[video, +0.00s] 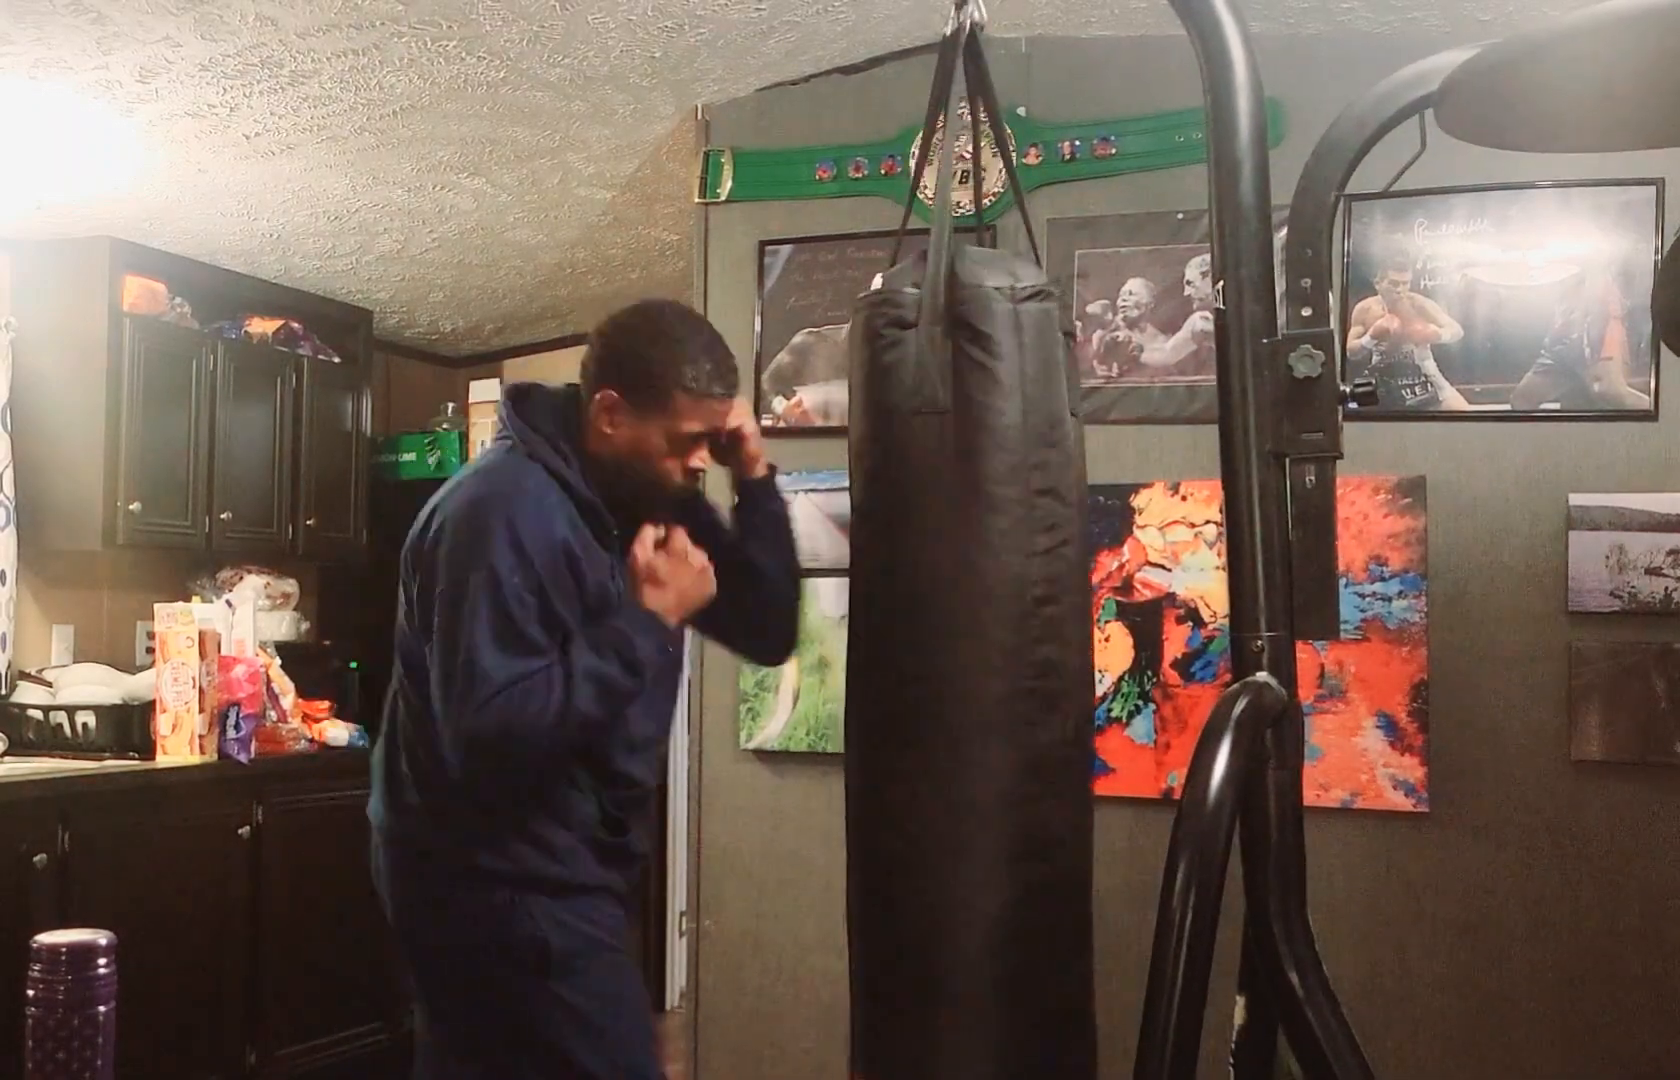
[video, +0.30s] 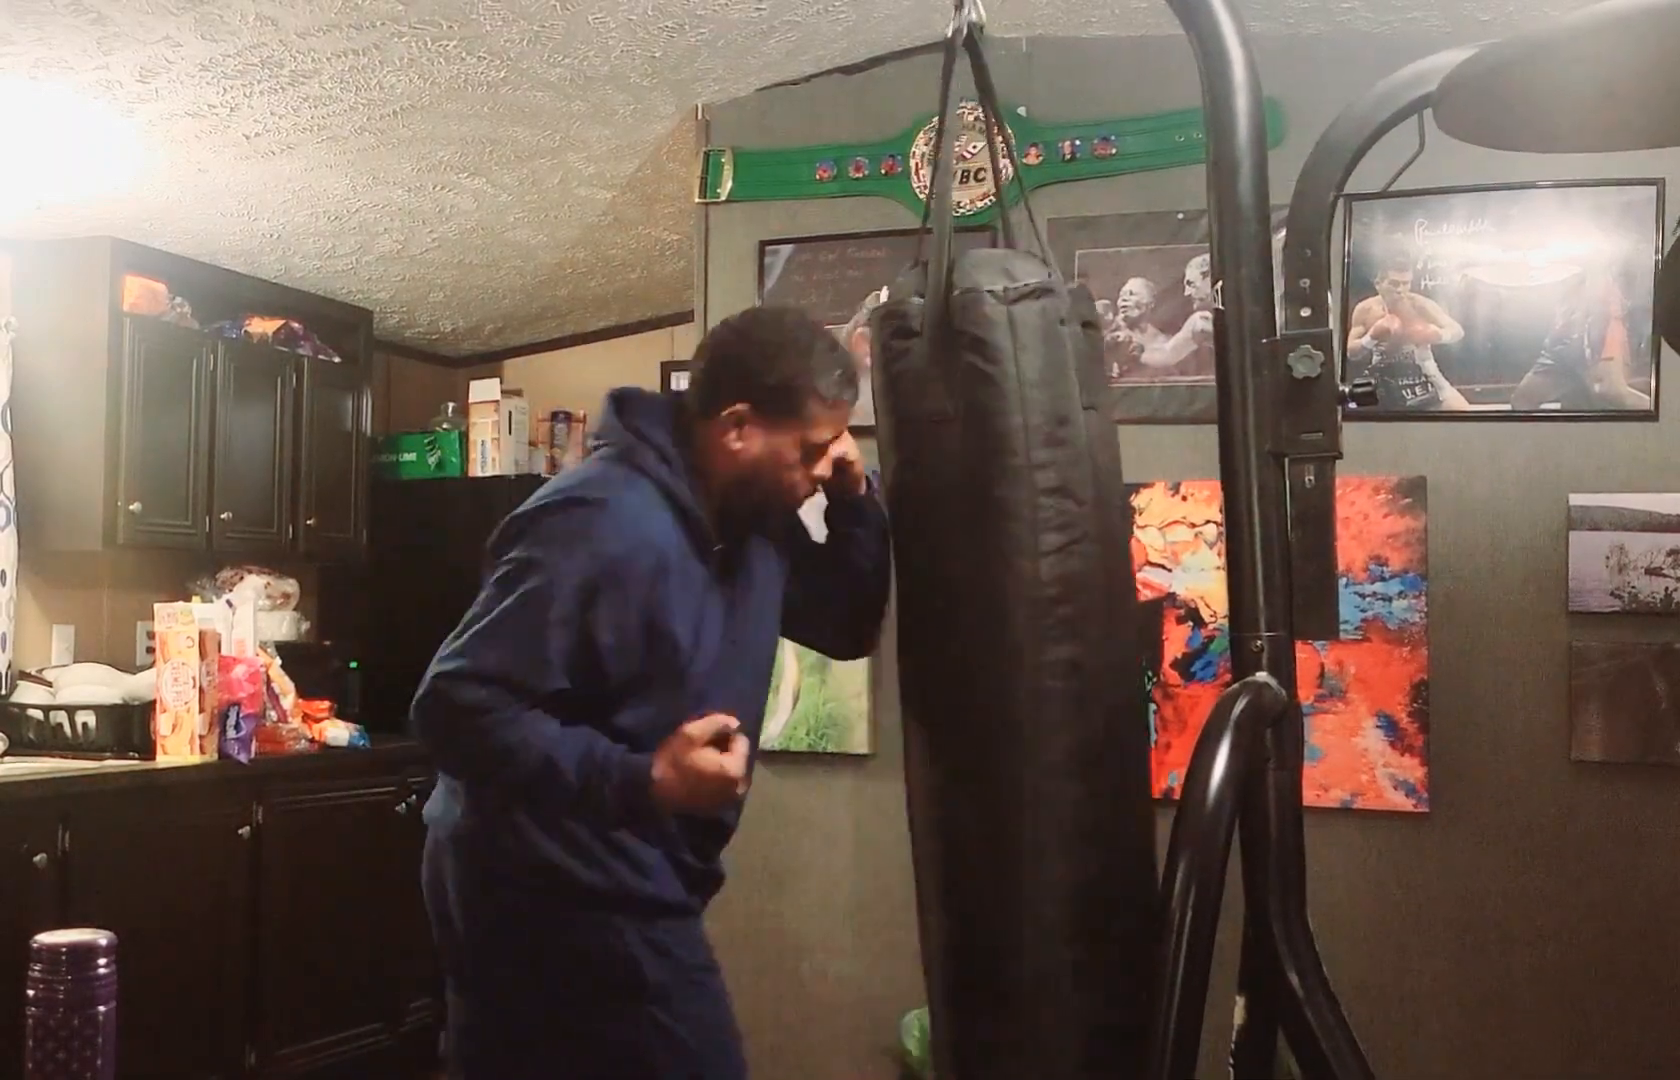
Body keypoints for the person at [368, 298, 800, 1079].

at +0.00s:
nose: (700, 466)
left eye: (709, 443)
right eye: (684, 443)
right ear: (609, 415)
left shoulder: (624, 497)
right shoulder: (497, 512)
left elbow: (765, 634)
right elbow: (488, 728)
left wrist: (752, 471)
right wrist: (651, 620)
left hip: (566, 871)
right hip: (501, 885)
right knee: (611, 1062)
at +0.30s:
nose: (822, 477)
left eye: (829, 457)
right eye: (810, 454)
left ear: (737, 432)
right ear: (736, 428)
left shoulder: (747, 518)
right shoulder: (602, 519)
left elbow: (847, 627)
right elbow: (454, 702)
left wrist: (852, 497)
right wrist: (643, 779)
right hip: (561, 886)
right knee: (693, 1064)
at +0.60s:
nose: (817, 423)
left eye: (829, 402)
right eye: (820, 397)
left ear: (746, 356)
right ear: (765, 368)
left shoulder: (589, 430)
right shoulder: (745, 465)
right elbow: (887, 624)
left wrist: (883, 552)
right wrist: (966, 585)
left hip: (464, 827)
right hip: (612, 859)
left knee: (472, 1063)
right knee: (673, 1064)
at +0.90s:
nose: (734, 443)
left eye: (741, 430)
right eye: (739, 425)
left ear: (621, 378)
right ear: (702, 387)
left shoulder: (475, 472)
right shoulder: (715, 472)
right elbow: (898, 601)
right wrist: (821, 440)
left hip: (437, 861)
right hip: (612, 879)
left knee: (446, 1068)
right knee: (680, 1066)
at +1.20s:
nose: (743, 434)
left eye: (754, 420)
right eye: (749, 416)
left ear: (633, 368)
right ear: (704, 377)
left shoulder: (488, 454)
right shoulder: (715, 479)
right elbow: (890, 621)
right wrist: (836, 448)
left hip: (423, 855)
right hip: (594, 880)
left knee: (444, 1069)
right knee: (680, 1065)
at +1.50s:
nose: (751, 441)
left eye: (767, 422)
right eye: (760, 413)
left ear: (703, 359)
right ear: (713, 364)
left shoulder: (552, 428)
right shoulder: (655, 460)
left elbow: (716, 549)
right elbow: (747, 683)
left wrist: (888, 529)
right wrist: (819, 527)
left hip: (433, 834)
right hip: (555, 863)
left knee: (457, 1064)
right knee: (642, 1061)